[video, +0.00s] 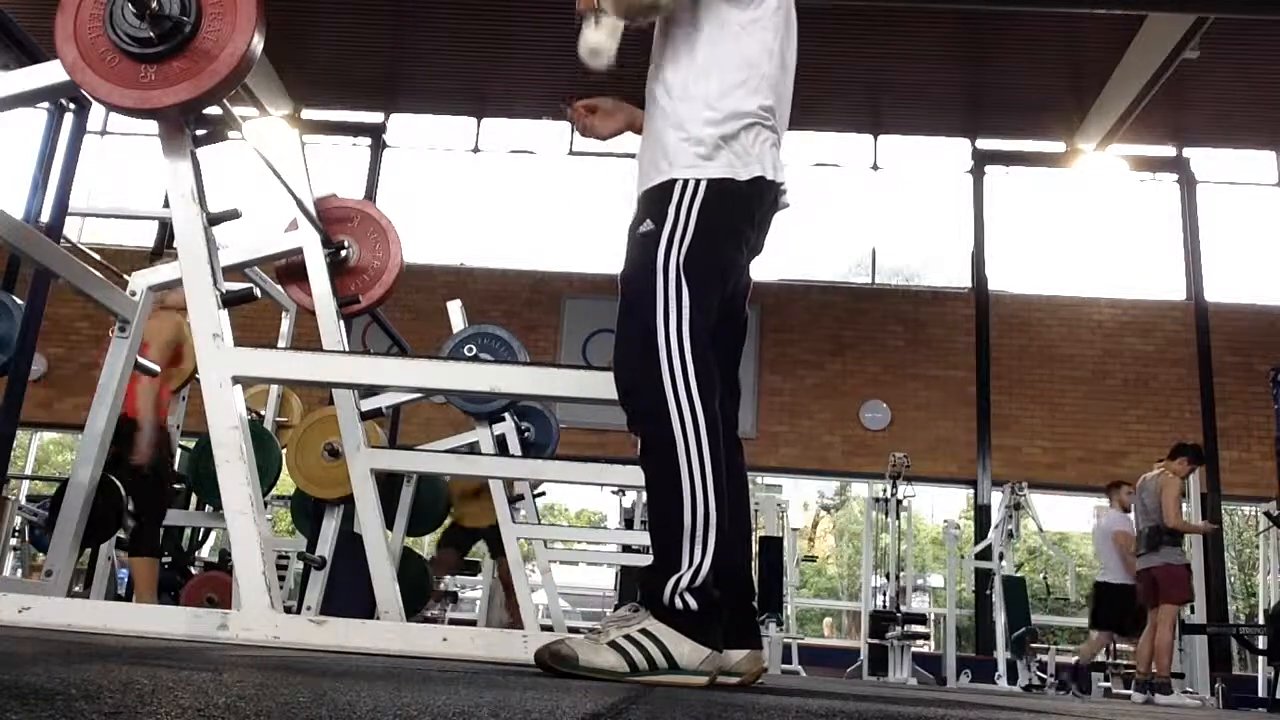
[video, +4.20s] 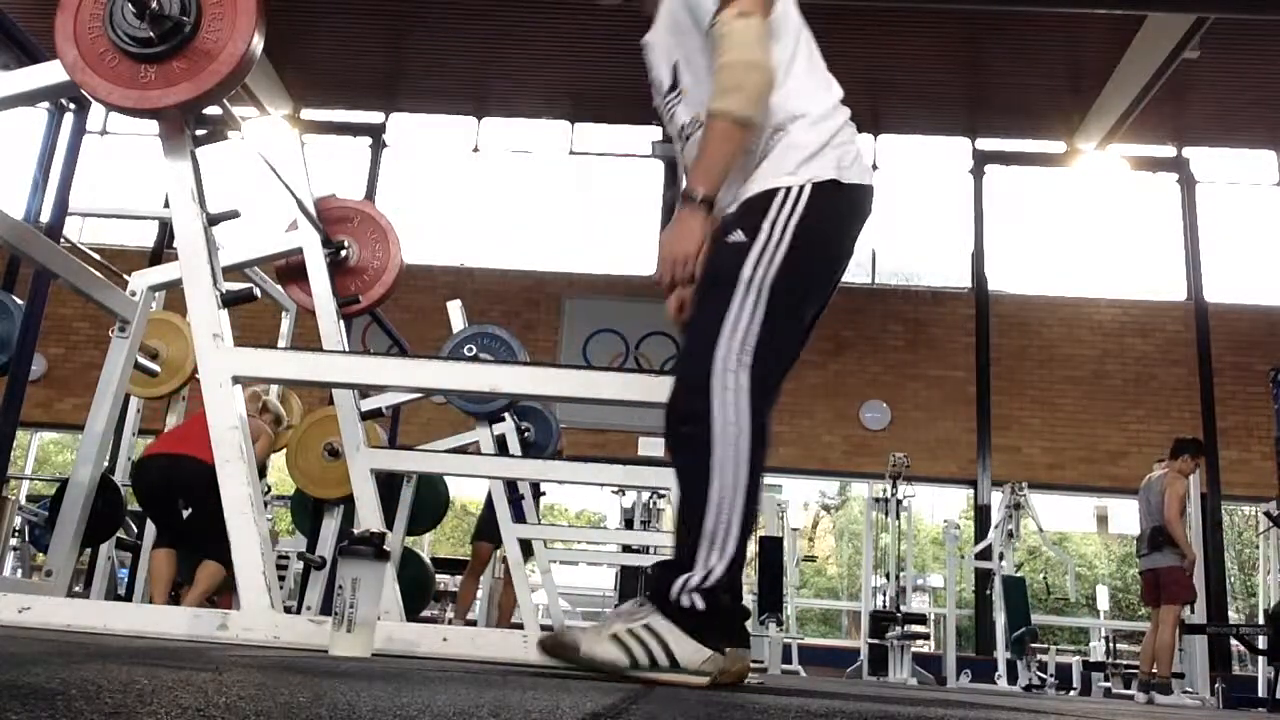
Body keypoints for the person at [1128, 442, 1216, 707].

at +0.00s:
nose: (1188, 476)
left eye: (1191, 472)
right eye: (1190, 471)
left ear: (1174, 459)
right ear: (1182, 462)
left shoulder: (1143, 480)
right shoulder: (1170, 480)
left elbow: (1141, 524)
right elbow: (1172, 521)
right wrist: (1200, 527)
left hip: (1146, 563)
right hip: (1168, 562)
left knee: (1152, 624)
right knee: (1166, 624)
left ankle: (1140, 685)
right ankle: (1163, 687)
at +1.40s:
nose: (1192, 476)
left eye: (1195, 471)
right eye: (1194, 470)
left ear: (1177, 459)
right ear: (1185, 461)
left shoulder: (1145, 480)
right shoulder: (1174, 480)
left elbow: (1146, 525)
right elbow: (1178, 523)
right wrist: (1205, 529)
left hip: (1149, 563)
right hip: (1174, 562)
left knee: (1155, 625)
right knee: (1169, 625)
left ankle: (1143, 685)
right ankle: (1164, 688)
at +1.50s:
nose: (1192, 475)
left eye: (1195, 471)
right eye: (1194, 470)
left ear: (1175, 458)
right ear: (1185, 461)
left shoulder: (1145, 480)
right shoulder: (1174, 480)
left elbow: (1146, 524)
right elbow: (1177, 523)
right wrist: (1206, 530)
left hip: (1149, 563)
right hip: (1173, 562)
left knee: (1155, 625)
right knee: (1169, 625)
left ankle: (1143, 685)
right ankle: (1164, 688)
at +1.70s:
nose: (1191, 475)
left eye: (1193, 470)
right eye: (1192, 469)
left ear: (1174, 459)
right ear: (1182, 461)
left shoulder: (1144, 480)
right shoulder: (1173, 480)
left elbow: (1147, 524)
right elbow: (1177, 522)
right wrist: (1205, 530)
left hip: (1149, 563)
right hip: (1173, 562)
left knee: (1156, 625)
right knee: (1169, 624)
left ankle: (1143, 685)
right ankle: (1164, 688)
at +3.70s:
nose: (1192, 469)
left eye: (1194, 464)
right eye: (1193, 463)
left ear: (1172, 457)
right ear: (1183, 458)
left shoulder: (1146, 480)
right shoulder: (1175, 480)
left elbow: (1147, 523)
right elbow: (1172, 518)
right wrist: (1187, 550)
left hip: (1148, 562)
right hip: (1170, 560)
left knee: (1156, 624)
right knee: (1168, 624)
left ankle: (1143, 685)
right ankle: (1163, 687)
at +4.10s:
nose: (1194, 471)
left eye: (1196, 466)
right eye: (1194, 465)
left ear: (1175, 459)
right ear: (1184, 459)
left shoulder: (1147, 480)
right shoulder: (1176, 480)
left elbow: (1147, 522)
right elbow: (1171, 518)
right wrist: (1187, 550)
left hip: (1148, 562)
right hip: (1170, 560)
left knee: (1155, 623)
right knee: (1168, 624)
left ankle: (1143, 685)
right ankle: (1163, 687)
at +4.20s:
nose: (1194, 471)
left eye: (1196, 467)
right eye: (1195, 465)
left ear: (1176, 459)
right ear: (1184, 459)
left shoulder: (1148, 480)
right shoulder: (1176, 481)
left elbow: (1148, 522)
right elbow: (1171, 519)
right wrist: (1188, 550)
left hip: (1148, 561)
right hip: (1169, 560)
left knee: (1155, 623)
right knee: (1168, 624)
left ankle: (1143, 685)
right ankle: (1163, 687)